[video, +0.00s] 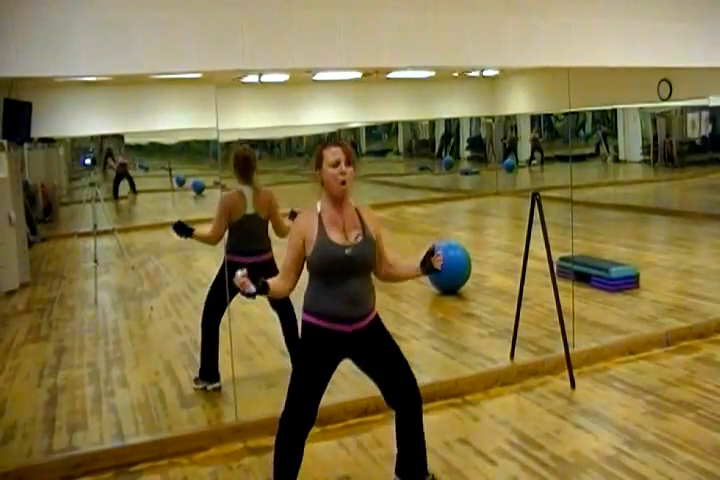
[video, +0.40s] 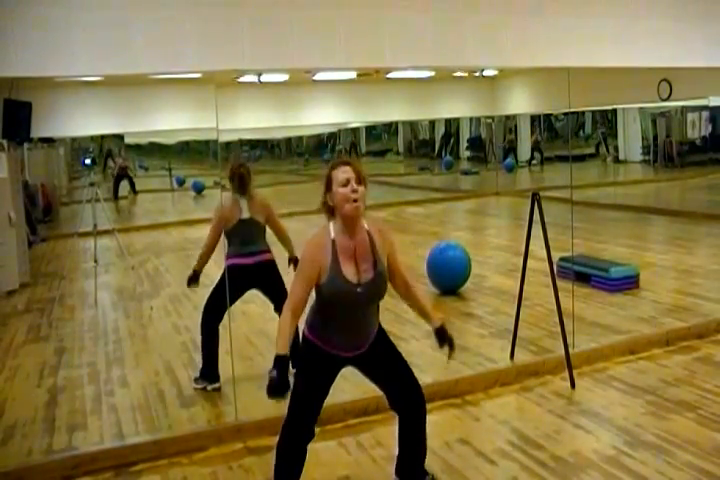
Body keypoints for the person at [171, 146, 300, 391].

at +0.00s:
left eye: (234, 165)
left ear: (234, 169)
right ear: (255, 168)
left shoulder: (229, 199)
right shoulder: (267, 196)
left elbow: (214, 237)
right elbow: (282, 231)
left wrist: (190, 232)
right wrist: (292, 219)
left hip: (233, 270)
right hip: (265, 268)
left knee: (210, 317)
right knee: (286, 312)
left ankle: (209, 376)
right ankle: (300, 367)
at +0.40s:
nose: (234, 183)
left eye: (232, 179)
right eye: (244, 178)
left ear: (230, 182)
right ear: (250, 181)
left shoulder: (225, 208)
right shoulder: (261, 203)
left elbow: (210, 245)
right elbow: (280, 232)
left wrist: (197, 270)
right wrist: (292, 254)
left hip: (237, 274)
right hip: (267, 271)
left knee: (210, 317)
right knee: (287, 312)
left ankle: (210, 375)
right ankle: (300, 361)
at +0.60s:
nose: (237, 156)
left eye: (230, 152)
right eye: (240, 149)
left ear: (226, 154)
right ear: (247, 152)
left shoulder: (221, 184)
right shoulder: (261, 181)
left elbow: (218, 221)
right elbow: (271, 216)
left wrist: (217, 251)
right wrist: (280, 247)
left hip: (230, 250)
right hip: (258, 248)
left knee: (211, 304)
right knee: (278, 297)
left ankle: (208, 359)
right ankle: (295, 347)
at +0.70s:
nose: (239, 154)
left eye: (233, 149)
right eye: (241, 148)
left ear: (225, 152)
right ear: (247, 150)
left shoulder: (219, 180)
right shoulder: (258, 178)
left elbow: (216, 215)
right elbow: (268, 213)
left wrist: (217, 244)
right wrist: (277, 244)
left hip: (227, 246)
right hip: (255, 245)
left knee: (205, 296)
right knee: (273, 290)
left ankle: (208, 352)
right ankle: (289, 340)